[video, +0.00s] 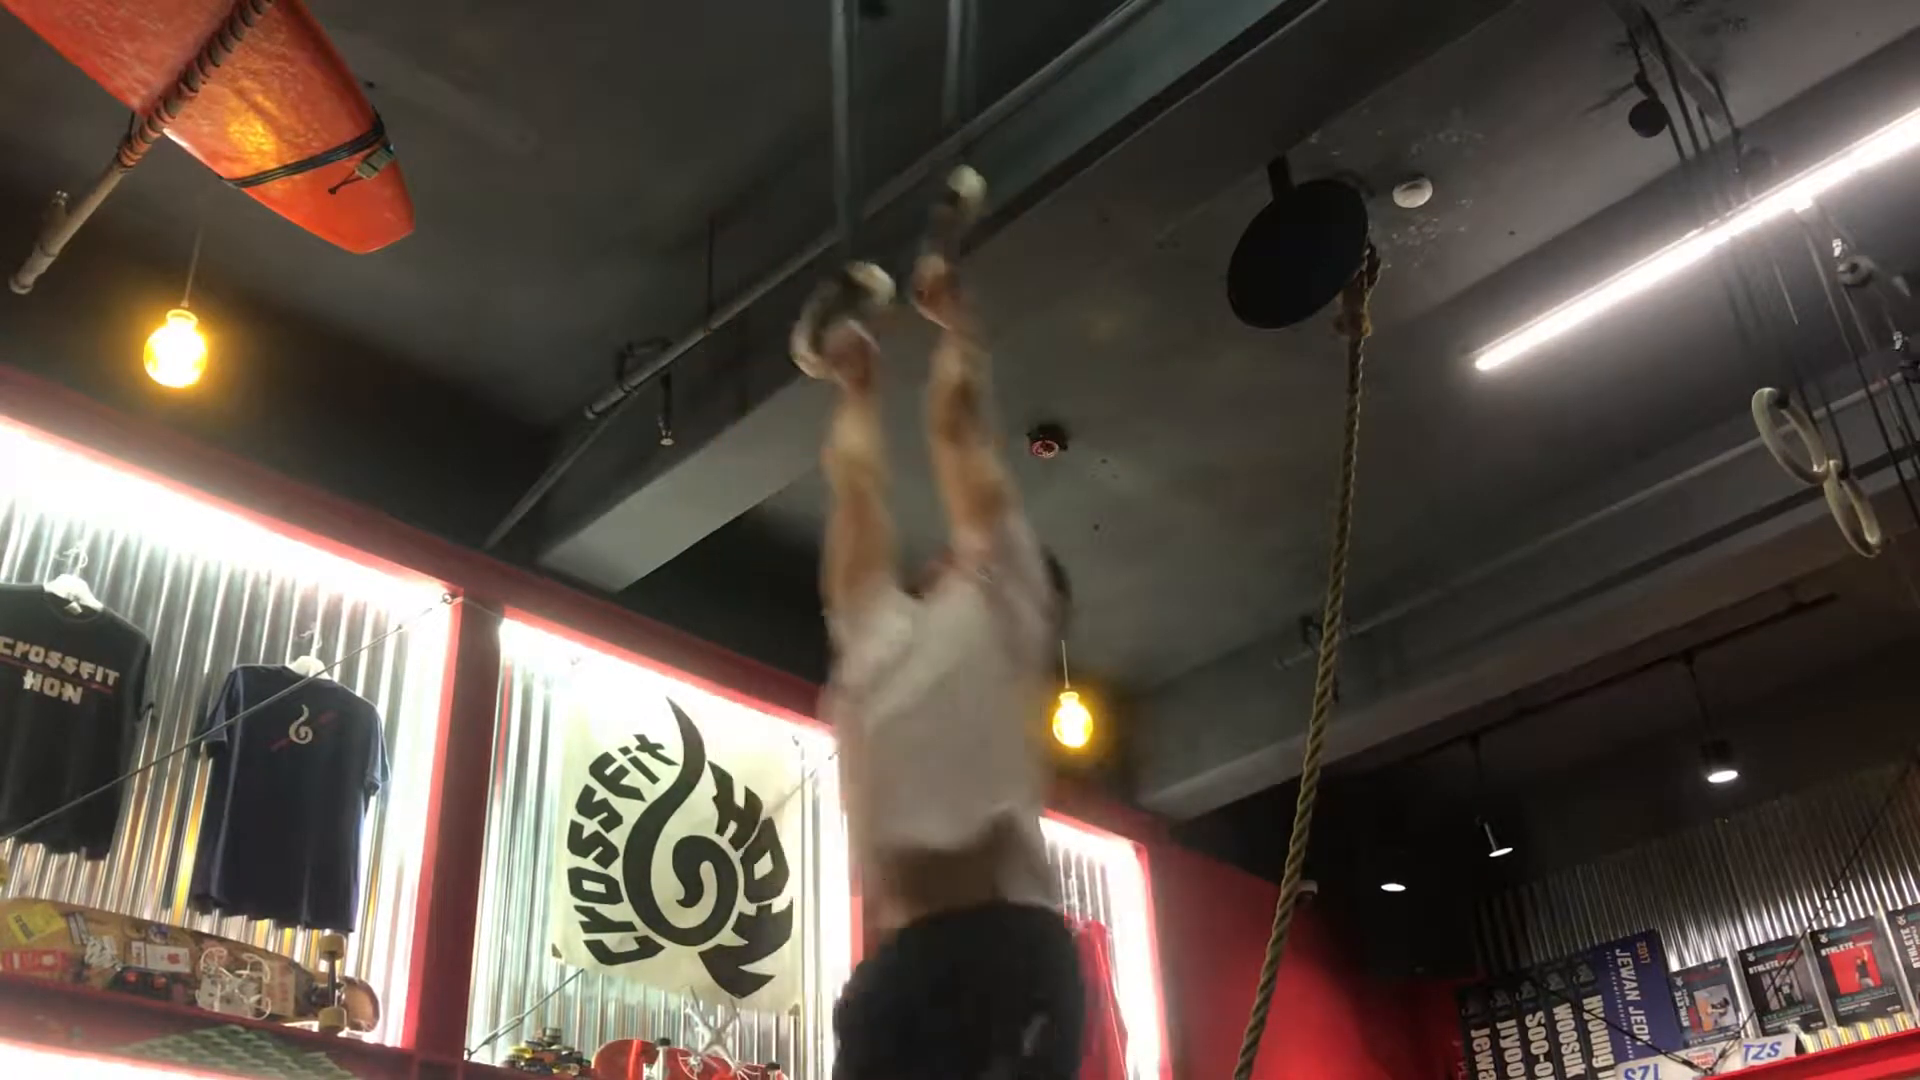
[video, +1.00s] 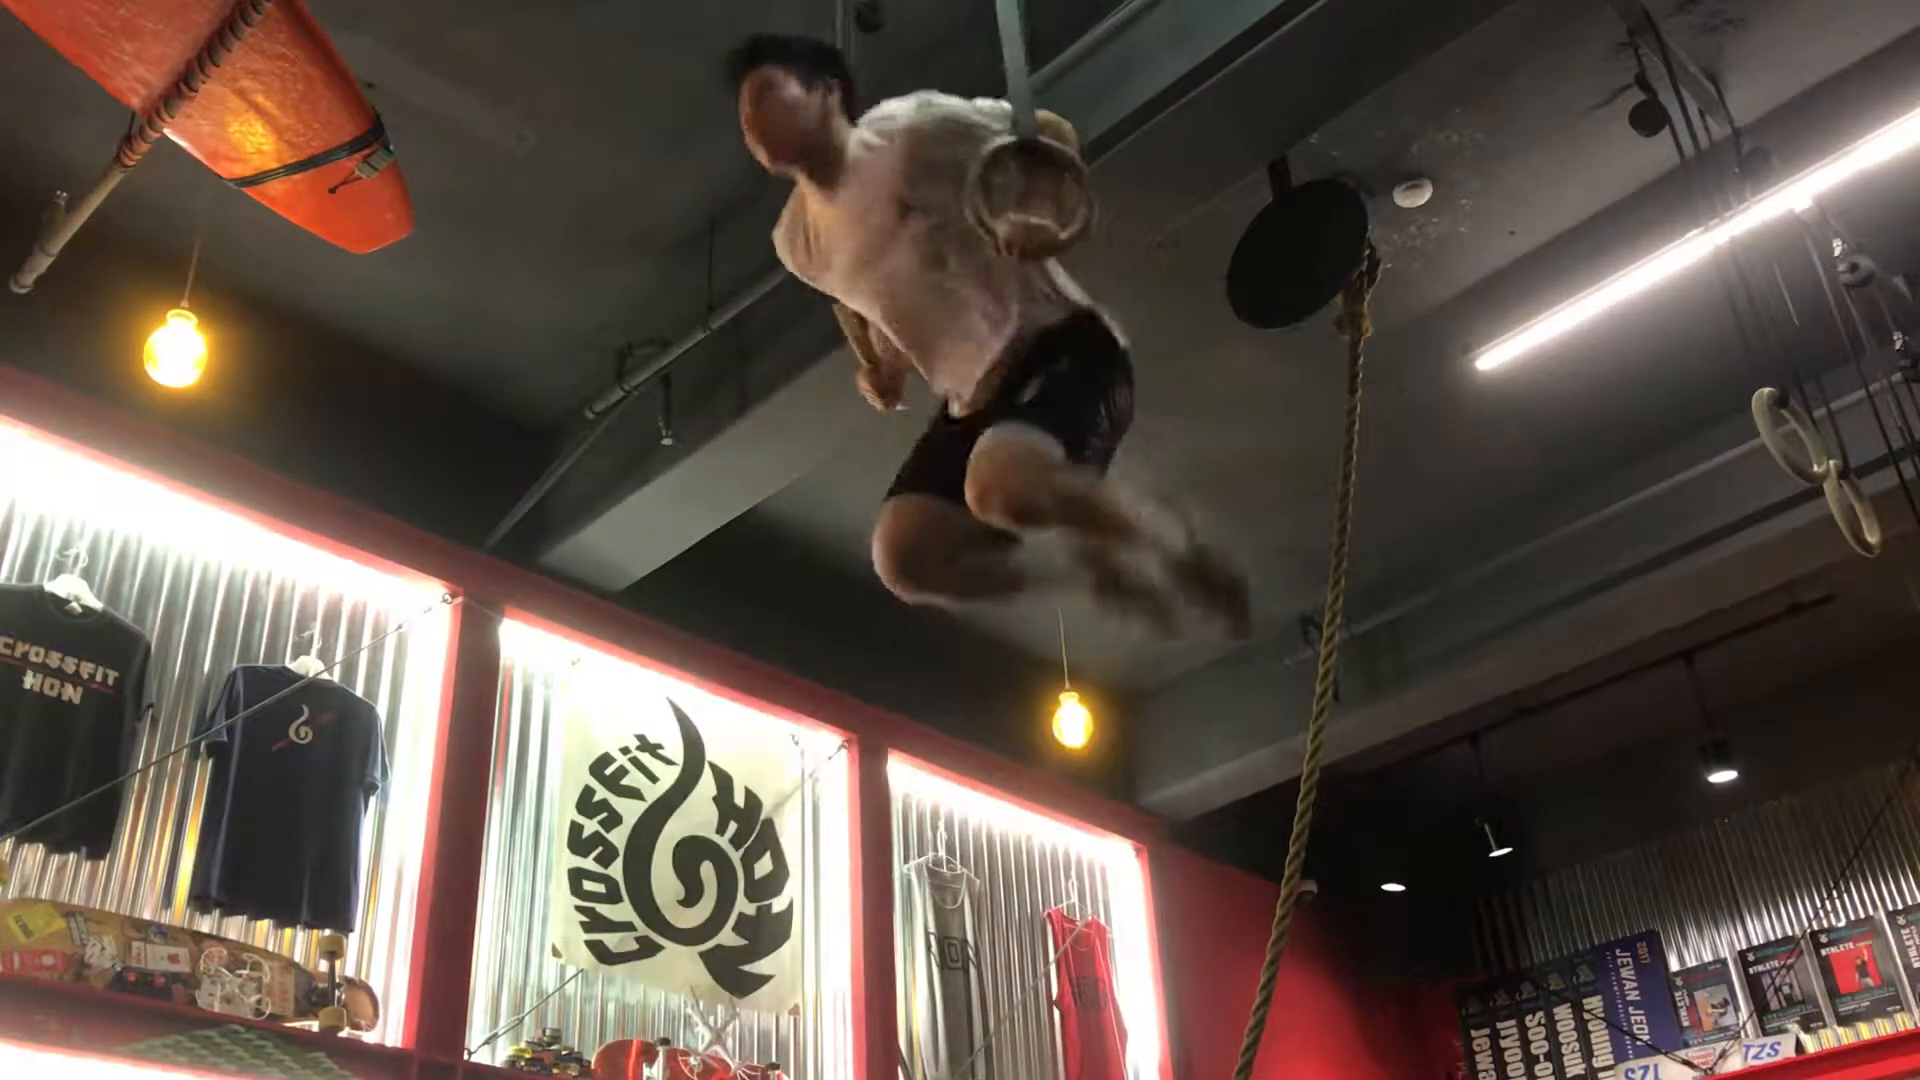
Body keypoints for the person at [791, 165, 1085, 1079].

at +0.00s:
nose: (953, 553)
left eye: (980, 550)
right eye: (948, 551)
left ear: (1026, 588)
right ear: (927, 572)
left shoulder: (1013, 618)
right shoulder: (870, 641)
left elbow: (963, 438)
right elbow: (855, 494)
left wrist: (952, 321)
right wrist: (853, 383)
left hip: (1012, 955)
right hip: (902, 968)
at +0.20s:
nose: (1126, 606)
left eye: (1142, 601)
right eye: (1123, 604)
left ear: (1171, 607)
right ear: (1110, 615)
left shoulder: (1191, 640)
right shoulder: (1048, 647)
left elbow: (1187, 497)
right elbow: (1010, 581)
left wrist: (1155, 395)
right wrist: (1006, 483)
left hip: (1029, 720)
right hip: (946, 742)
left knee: (845, 621)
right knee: (691, 746)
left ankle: (754, 885)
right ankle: (705, 956)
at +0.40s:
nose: (1126, 333)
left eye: (1144, 327)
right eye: (1113, 324)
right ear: (1097, 335)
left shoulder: (1166, 420)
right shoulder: (1077, 394)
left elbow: (1215, 435)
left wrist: (1154, 340)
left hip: (1033, 472)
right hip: (935, 512)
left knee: (895, 387)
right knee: (691, 537)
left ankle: (1003, 590)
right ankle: (897, 649)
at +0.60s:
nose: (901, 214)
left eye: (910, 189)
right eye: (887, 210)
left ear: (963, 180)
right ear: (885, 229)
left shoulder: (1045, 211)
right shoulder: (919, 304)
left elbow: (1172, 225)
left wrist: (1158, 292)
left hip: (1078, 473)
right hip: (982, 524)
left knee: (927, 333)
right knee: (795, 419)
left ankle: (909, 522)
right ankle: (829, 574)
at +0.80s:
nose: (806, 213)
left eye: (816, 186)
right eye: (792, 202)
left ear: (872, 169)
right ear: (791, 215)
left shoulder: (964, 186)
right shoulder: (841, 282)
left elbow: (1088, 167)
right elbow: (886, 328)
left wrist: (1102, 267)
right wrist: (913, 389)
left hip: (1092, 399)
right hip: (1002, 444)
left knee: (1008, 496)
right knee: (906, 545)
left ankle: (972, 677)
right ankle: (897, 725)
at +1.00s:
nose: (752, 125)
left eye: (767, 98)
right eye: (744, 111)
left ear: (829, 97)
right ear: (750, 137)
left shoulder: (910, 130)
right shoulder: (795, 242)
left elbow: (1049, 139)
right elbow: (850, 299)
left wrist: (1044, 213)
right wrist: (874, 361)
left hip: (1062, 348)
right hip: (976, 412)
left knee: (1002, 483)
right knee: (906, 557)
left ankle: (1180, 550)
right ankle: (1091, 564)